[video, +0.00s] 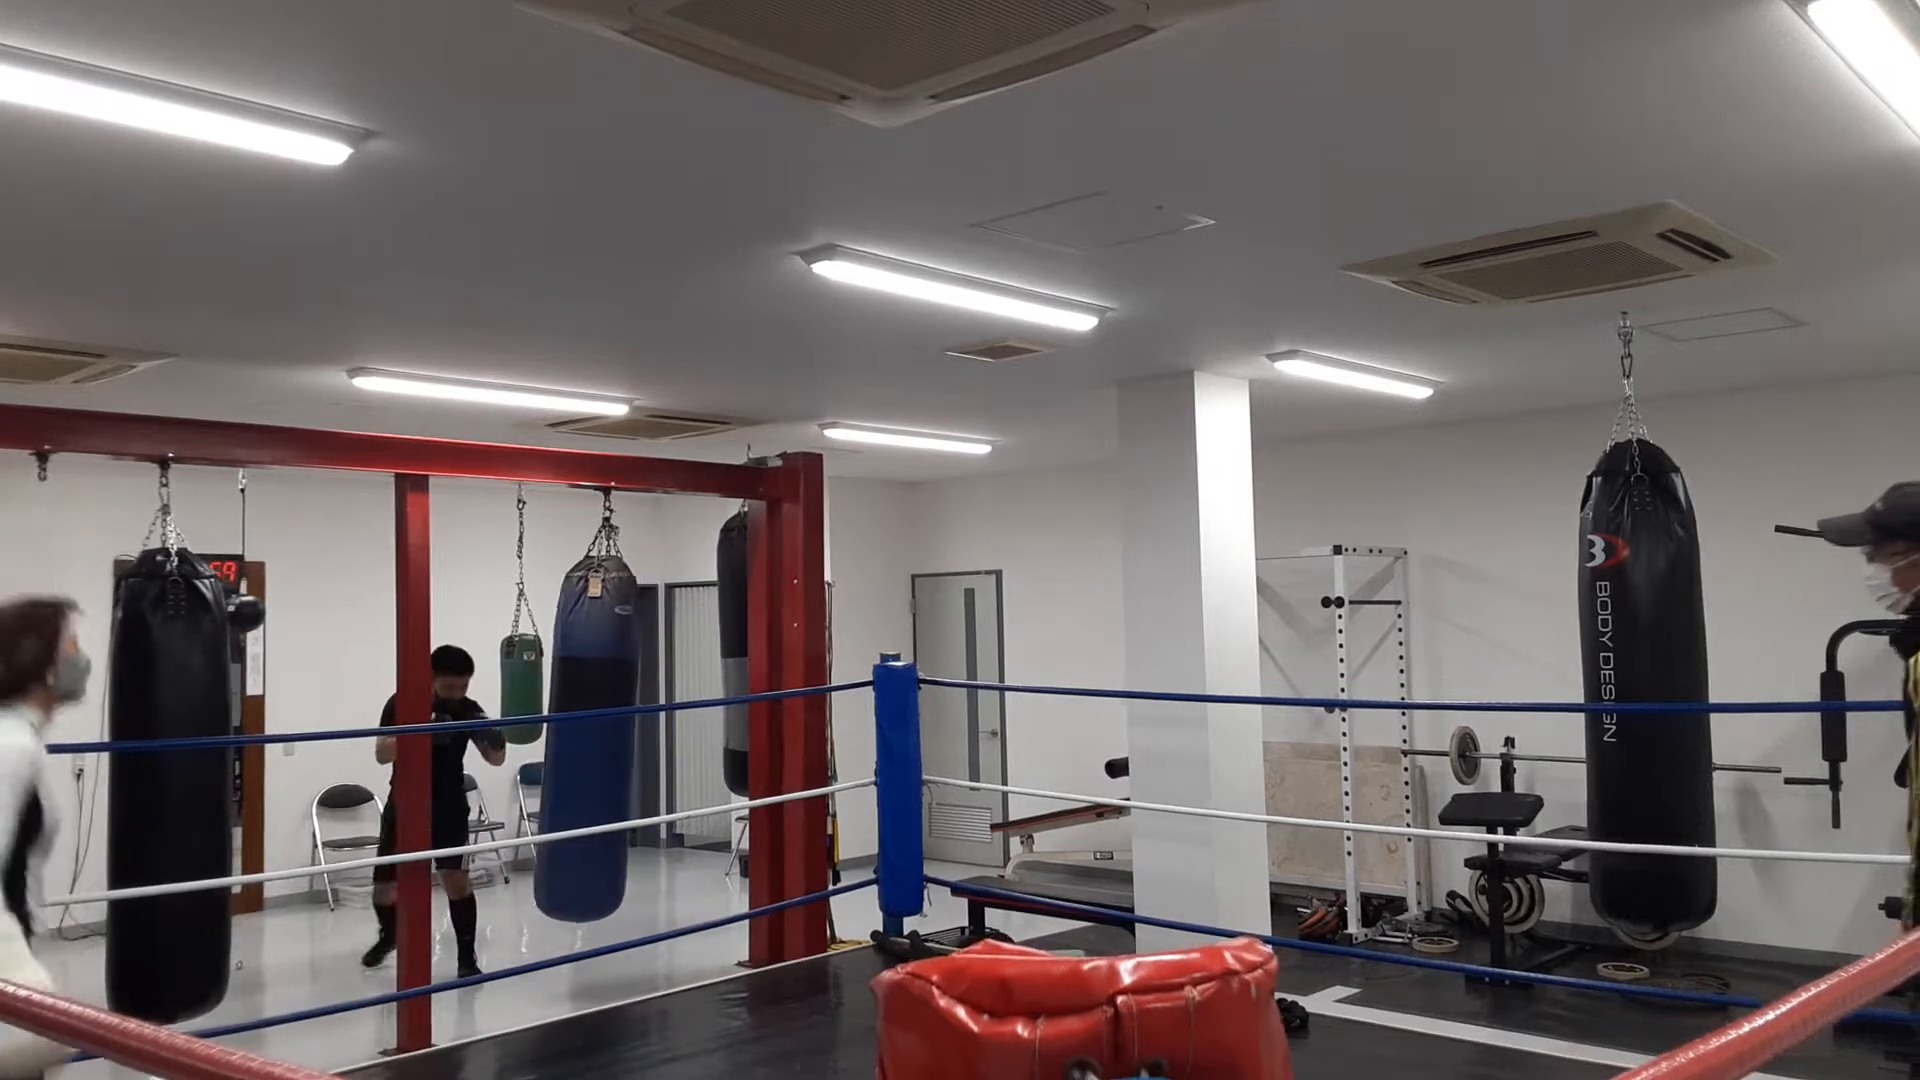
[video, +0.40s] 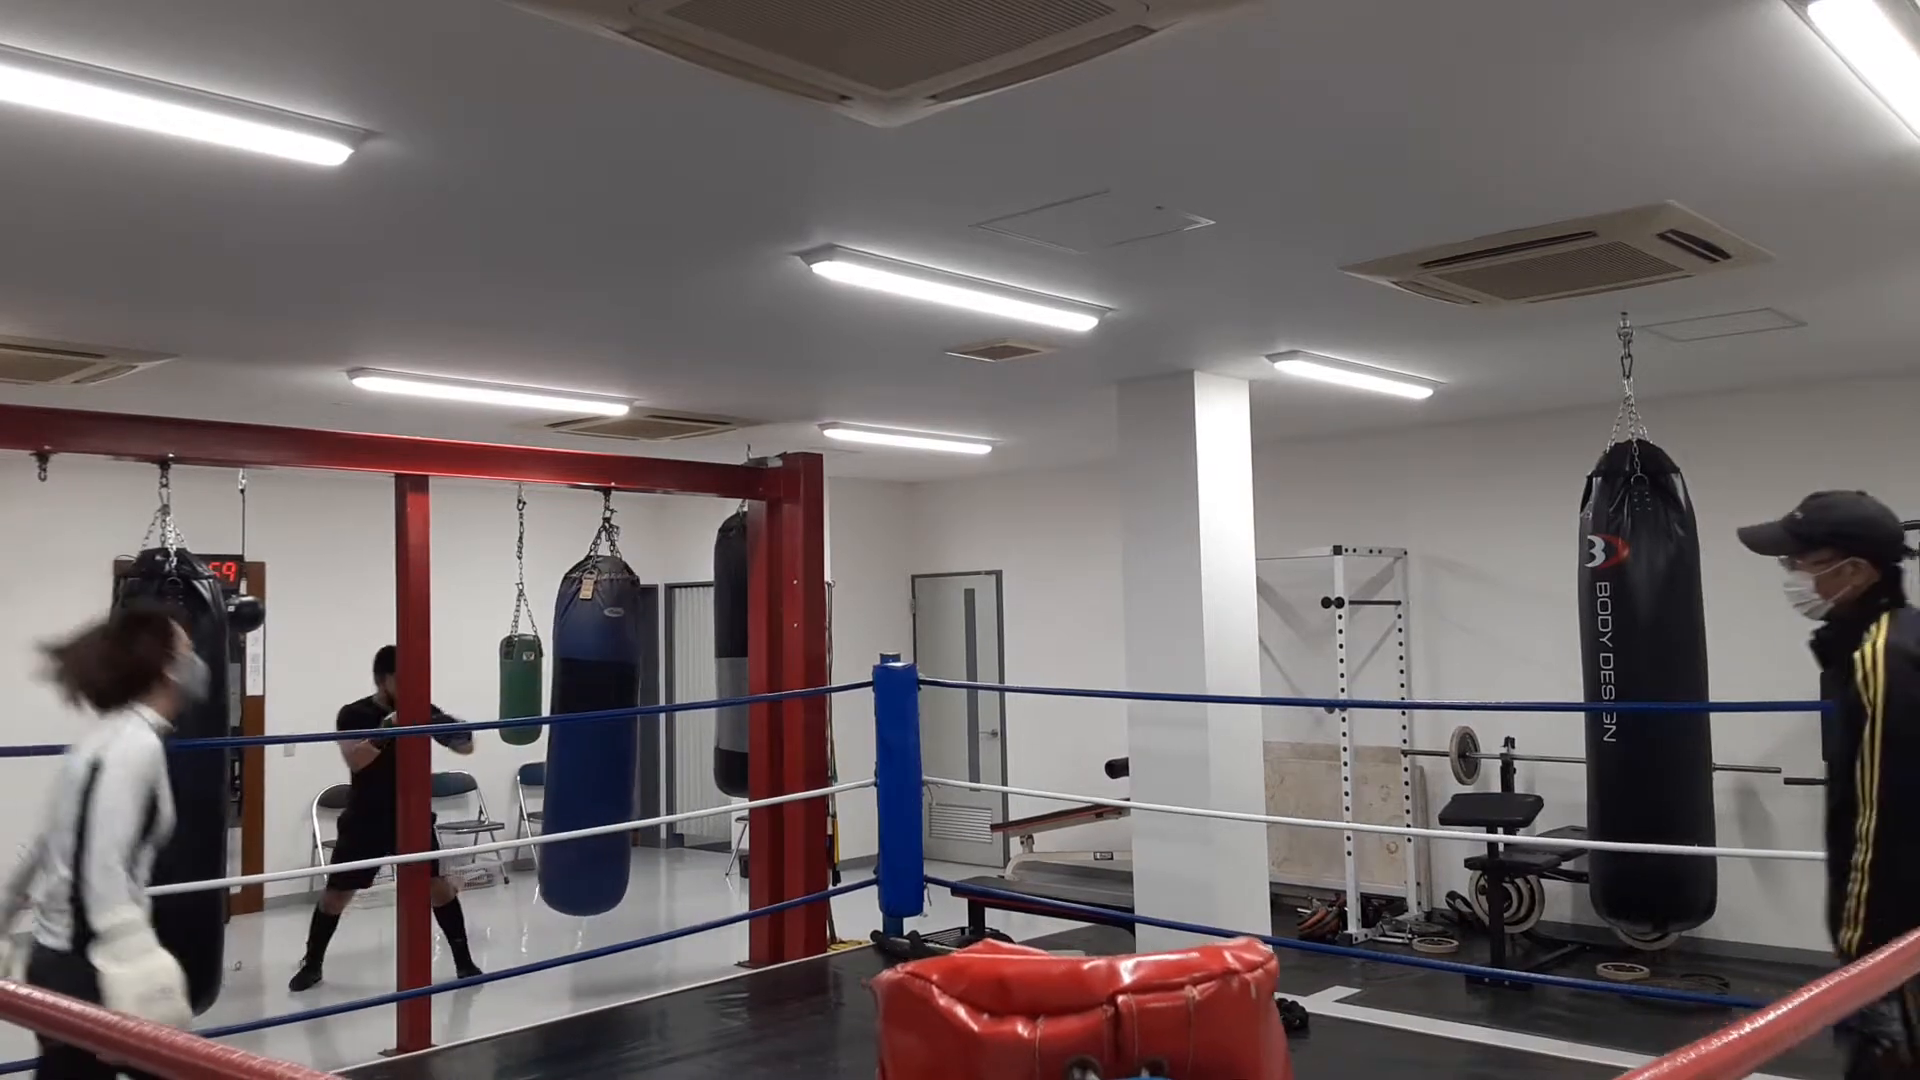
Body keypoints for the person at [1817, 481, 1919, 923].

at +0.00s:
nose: (1881, 575)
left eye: (1890, 561)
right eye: (1879, 561)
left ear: (1919, 558)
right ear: (1902, 560)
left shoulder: (1913, 647)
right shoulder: (1910, 646)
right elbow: (1914, 788)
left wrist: (1911, 904)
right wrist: (1910, 903)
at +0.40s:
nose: (1793, 579)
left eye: (1803, 567)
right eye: (1794, 567)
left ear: (1854, 572)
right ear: (1854, 573)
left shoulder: (1879, 654)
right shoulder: (1864, 645)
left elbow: (1878, 818)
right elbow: (1866, 811)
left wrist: (1857, 962)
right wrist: (1858, 954)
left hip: (1891, 960)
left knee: (1882, 1060)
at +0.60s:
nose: (1748, 572)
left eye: (1761, 555)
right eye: (1747, 558)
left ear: (1817, 559)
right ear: (1812, 562)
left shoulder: (1845, 644)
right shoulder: (1822, 640)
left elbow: (1844, 804)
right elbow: (1822, 801)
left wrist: (1820, 947)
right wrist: (1803, 935)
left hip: (1855, 952)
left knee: (1847, 1066)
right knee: (1835, 1064)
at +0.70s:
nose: (1732, 576)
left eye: (1745, 559)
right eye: (1728, 563)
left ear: (1800, 559)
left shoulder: (1835, 650)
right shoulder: (1798, 645)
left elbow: (1832, 809)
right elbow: (1797, 797)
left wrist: (1801, 951)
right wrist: (1775, 931)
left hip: (1827, 946)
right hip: (1795, 935)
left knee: (1813, 1067)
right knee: (1789, 1064)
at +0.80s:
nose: (1714, 581)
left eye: (1728, 564)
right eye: (1708, 568)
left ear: (1783, 560)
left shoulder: (1823, 650)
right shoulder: (1768, 645)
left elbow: (1825, 809)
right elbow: (1769, 793)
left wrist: (1785, 945)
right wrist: (1749, 919)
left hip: (1808, 941)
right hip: (1762, 928)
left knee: (1810, 1065)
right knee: (1763, 1060)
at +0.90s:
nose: (1696, 582)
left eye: (1712, 565)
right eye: (1686, 569)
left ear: (1764, 560)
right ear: (1677, 573)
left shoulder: (1810, 651)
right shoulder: (1736, 651)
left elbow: (1822, 813)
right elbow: (1742, 791)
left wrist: (1774, 943)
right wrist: (1717, 903)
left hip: (1791, 941)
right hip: (1738, 925)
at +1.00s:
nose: (1678, 585)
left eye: (1693, 567)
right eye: (1667, 572)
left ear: (1741, 563)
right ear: (1657, 575)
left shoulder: (1792, 655)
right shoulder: (1711, 654)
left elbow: (1810, 816)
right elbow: (1706, 789)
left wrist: (1766, 954)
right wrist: (1675, 879)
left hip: (1777, 933)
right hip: (1724, 916)